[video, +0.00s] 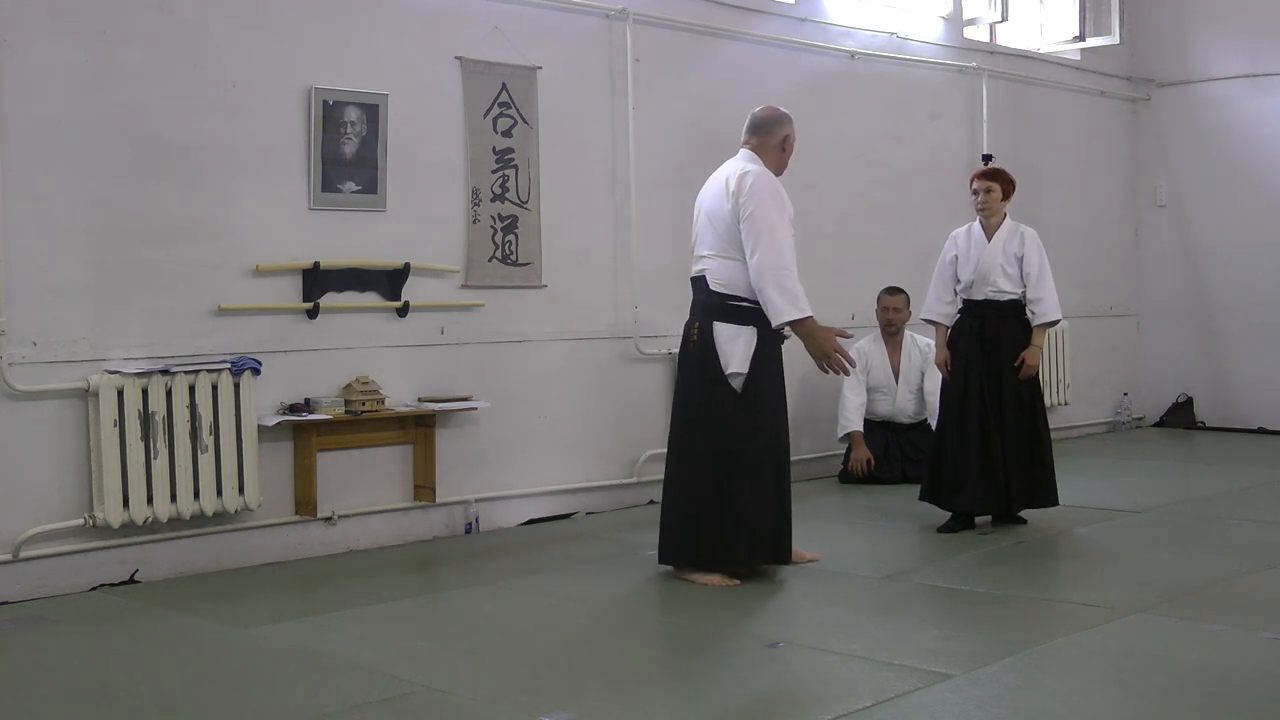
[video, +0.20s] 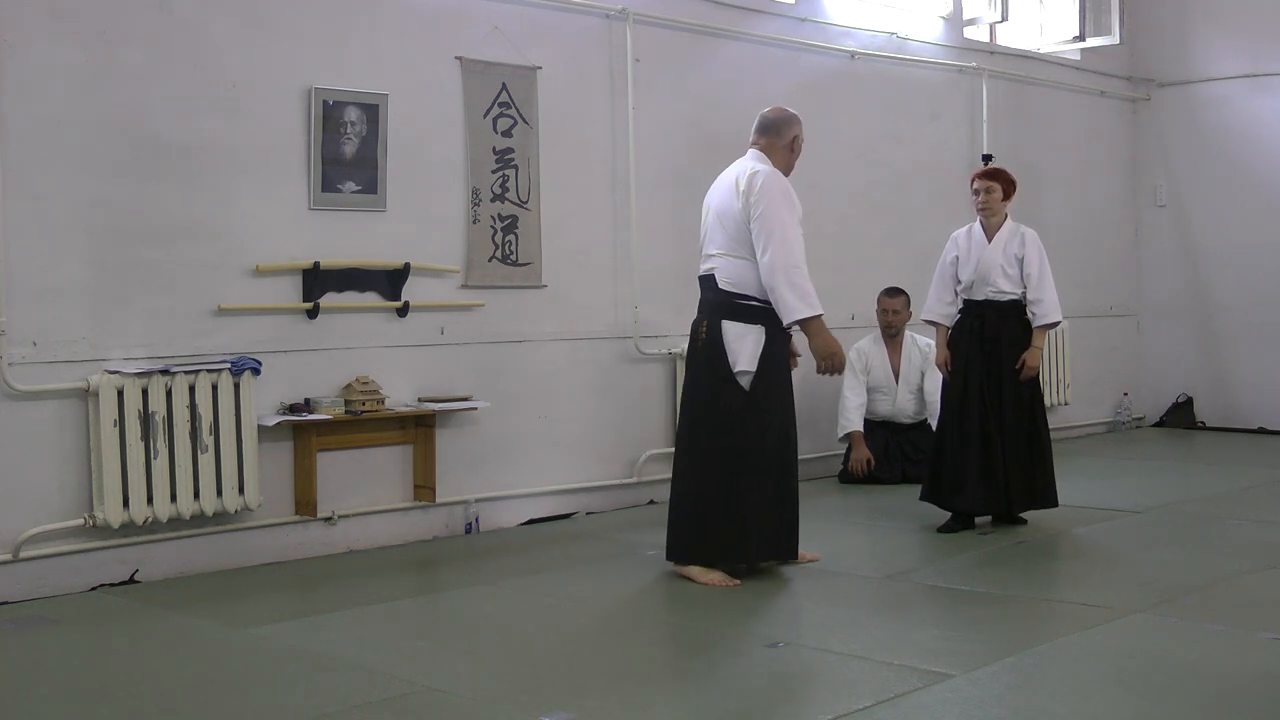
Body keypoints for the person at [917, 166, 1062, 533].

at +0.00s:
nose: (981, 198)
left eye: (989, 192)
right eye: (976, 193)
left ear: (1005, 196)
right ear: (971, 198)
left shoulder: (1024, 237)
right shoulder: (959, 238)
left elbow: (1041, 294)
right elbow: (943, 292)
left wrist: (1036, 344)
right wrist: (940, 343)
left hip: (1011, 331)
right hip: (968, 332)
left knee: (1010, 416)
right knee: (964, 416)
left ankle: (1006, 506)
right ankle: (963, 509)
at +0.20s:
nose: (981, 198)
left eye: (989, 192)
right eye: (976, 192)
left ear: (1006, 197)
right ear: (972, 198)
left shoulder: (1024, 238)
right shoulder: (960, 239)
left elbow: (1042, 295)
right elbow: (944, 293)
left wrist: (1036, 346)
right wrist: (940, 343)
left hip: (1011, 331)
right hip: (969, 332)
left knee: (1011, 416)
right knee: (964, 416)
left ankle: (1007, 506)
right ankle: (963, 509)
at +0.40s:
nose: (981, 198)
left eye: (990, 192)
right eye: (977, 193)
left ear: (1006, 197)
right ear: (972, 198)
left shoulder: (1024, 238)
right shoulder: (960, 239)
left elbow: (1042, 295)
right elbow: (944, 293)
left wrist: (1036, 346)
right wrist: (940, 342)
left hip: (1011, 331)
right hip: (969, 332)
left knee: (1010, 416)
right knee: (964, 416)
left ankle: (1007, 506)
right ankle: (963, 509)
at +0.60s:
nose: (981, 199)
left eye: (989, 193)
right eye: (976, 193)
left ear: (1006, 197)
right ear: (972, 198)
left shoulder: (1024, 238)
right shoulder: (960, 238)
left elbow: (1041, 295)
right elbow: (944, 292)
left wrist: (1036, 346)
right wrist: (940, 342)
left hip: (1011, 331)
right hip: (968, 332)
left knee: (1010, 415)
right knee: (964, 416)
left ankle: (1007, 506)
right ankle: (963, 509)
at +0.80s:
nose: (980, 199)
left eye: (988, 193)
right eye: (976, 194)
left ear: (1006, 197)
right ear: (972, 198)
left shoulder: (1024, 238)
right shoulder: (960, 239)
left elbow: (1042, 295)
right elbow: (943, 292)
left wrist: (1036, 345)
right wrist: (940, 343)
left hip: (1011, 331)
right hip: (969, 331)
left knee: (1010, 415)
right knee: (964, 415)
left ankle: (1006, 506)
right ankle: (963, 509)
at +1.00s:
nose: (980, 200)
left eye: (988, 194)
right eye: (976, 195)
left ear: (1006, 198)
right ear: (972, 199)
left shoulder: (1025, 239)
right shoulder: (961, 239)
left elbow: (1047, 296)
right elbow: (945, 289)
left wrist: (1025, 330)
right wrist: (937, 331)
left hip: (1011, 330)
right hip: (969, 330)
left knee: (1010, 414)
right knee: (963, 414)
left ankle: (1006, 506)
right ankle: (963, 508)